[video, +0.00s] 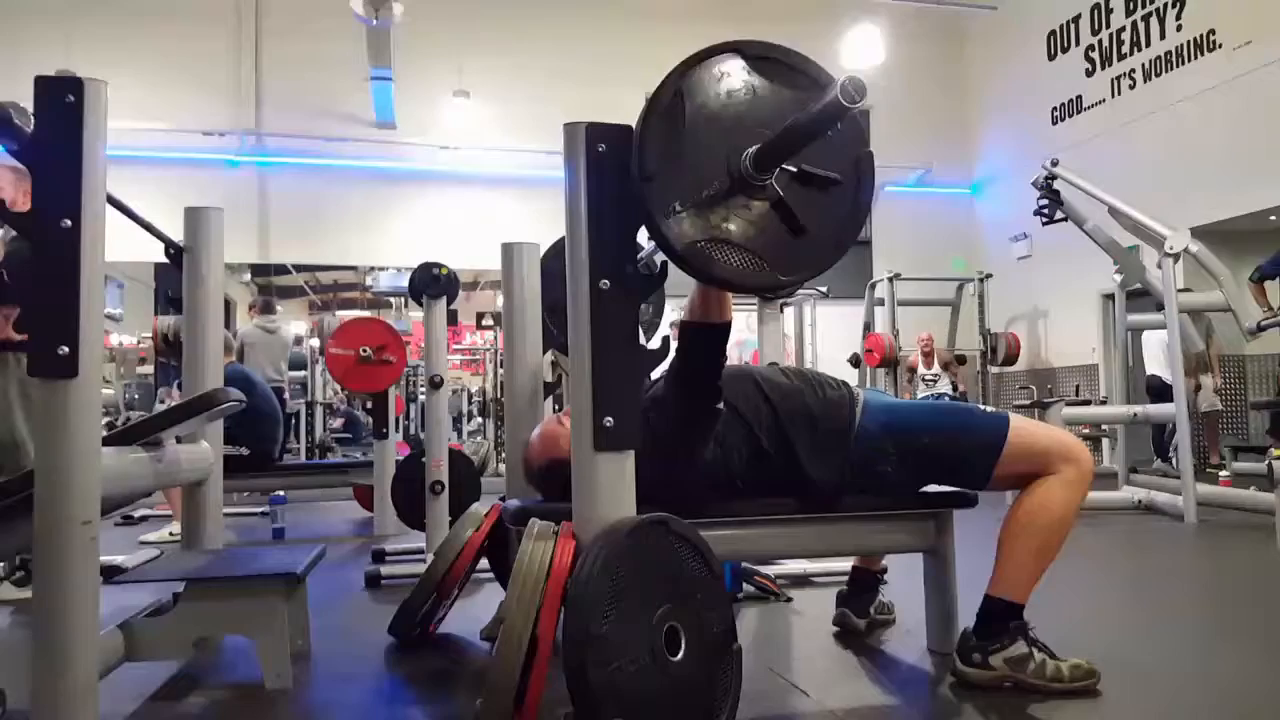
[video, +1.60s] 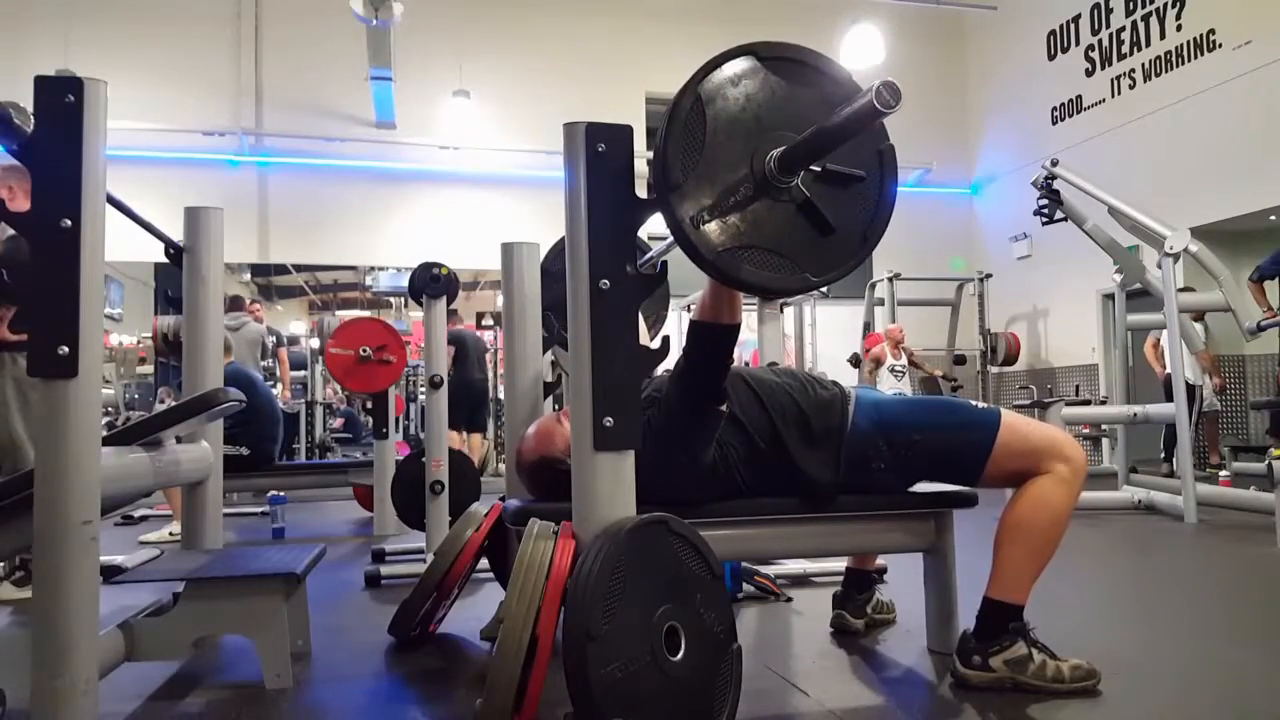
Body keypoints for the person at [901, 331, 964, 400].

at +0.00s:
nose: (925, 343)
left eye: (928, 340)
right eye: (922, 341)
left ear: (932, 342)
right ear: (918, 343)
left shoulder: (944, 357)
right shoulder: (913, 361)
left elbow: (957, 373)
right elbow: (908, 381)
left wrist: (961, 389)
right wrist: (907, 398)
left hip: (943, 391)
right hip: (923, 392)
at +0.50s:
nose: (920, 338)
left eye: (922, 335)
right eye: (917, 336)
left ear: (928, 337)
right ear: (914, 339)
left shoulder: (940, 353)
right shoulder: (910, 356)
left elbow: (953, 371)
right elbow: (902, 375)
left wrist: (960, 388)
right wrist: (898, 391)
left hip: (937, 393)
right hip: (916, 393)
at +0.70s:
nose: (911, 338)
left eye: (914, 335)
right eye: (908, 336)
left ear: (919, 337)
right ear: (905, 339)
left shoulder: (931, 353)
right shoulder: (900, 356)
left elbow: (943, 370)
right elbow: (895, 377)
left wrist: (949, 381)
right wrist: (892, 393)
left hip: (928, 393)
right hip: (907, 393)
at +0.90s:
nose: (901, 337)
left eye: (904, 334)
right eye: (898, 334)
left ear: (908, 337)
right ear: (895, 338)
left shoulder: (919, 354)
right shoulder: (887, 355)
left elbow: (930, 371)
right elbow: (884, 376)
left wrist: (936, 384)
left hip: (915, 393)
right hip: (894, 393)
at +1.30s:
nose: (901, 335)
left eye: (901, 332)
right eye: (897, 333)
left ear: (902, 333)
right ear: (888, 336)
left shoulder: (907, 352)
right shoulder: (876, 352)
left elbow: (918, 369)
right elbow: (870, 372)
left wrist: (925, 380)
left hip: (906, 393)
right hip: (885, 393)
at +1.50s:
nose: (903, 334)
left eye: (902, 332)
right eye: (900, 332)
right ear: (891, 336)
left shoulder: (906, 351)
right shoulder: (877, 352)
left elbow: (915, 365)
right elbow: (869, 372)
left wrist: (931, 374)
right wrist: (872, 391)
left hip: (906, 393)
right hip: (886, 393)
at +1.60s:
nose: (903, 334)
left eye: (903, 331)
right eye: (900, 332)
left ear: (892, 336)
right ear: (890, 336)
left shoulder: (905, 351)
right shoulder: (877, 352)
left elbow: (921, 365)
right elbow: (868, 373)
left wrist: (942, 375)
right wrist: (870, 394)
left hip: (906, 396)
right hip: (886, 397)